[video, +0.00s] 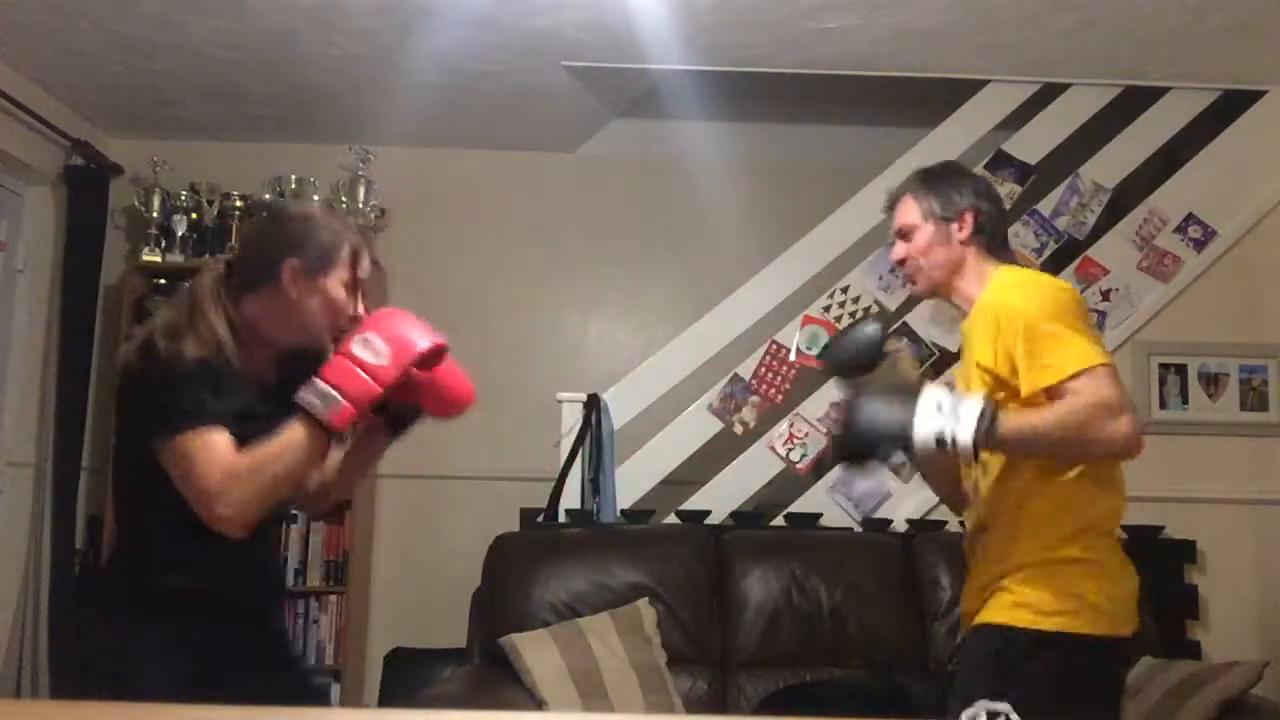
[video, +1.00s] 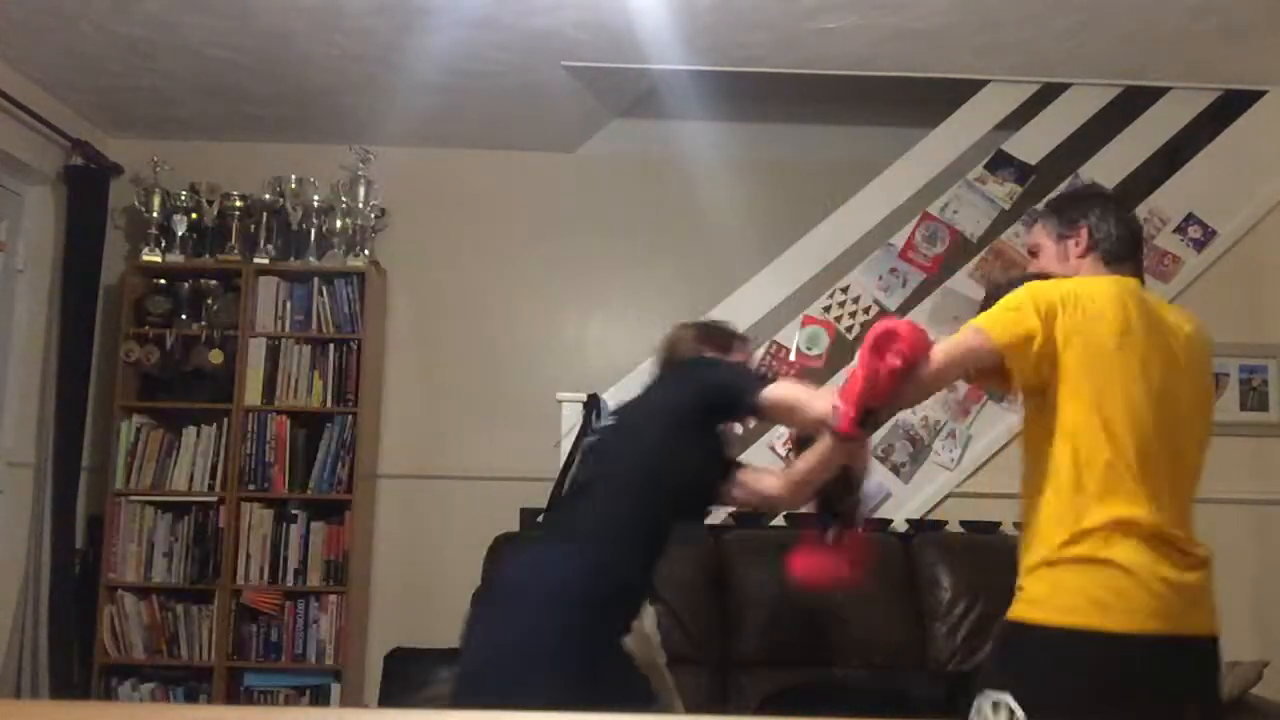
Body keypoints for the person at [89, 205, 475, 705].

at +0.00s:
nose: (357, 312)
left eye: (358, 291)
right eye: (347, 287)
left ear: (296, 282)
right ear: (293, 278)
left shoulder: (287, 366)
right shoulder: (170, 357)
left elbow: (318, 497)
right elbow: (227, 502)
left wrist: (387, 417)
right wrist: (341, 388)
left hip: (252, 639)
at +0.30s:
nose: (348, 307)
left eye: (354, 292)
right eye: (341, 288)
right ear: (286, 280)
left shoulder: (304, 372)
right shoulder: (170, 366)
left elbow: (315, 497)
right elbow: (207, 506)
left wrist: (387, 444)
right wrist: (306, 380)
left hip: (281, 648)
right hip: (178, 653)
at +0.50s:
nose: (441, 293)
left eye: (441, 274)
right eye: (429, 271)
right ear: (367, 265)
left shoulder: (402, 351)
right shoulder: (262, 350)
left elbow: (521, 404)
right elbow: (233, 487)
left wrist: (592, 358)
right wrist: (337, 376)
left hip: (384, 622)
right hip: (280, 624)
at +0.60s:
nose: (524, 302)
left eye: (521, 285)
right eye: (508, 281)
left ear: (464, 286)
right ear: (452, 282)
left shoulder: (500, 362)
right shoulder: (358, 354)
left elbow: (646, 359)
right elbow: (289, 460)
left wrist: (731, 315)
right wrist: (396, 369)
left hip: (441, 618)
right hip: (349, 616)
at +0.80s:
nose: (680, 372)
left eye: (684, 360)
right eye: (673, 353)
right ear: (632, 343)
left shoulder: (627, 454)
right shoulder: (588, 377)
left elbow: (716, 541)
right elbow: (704, 348)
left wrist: (727, 455)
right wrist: (800, 321)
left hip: (534, 662)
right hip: (454, 652)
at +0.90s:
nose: (713, 371)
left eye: (712, 361)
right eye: (706, 359)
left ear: (641, 349)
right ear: (675, 350)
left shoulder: (643, 451)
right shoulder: (649, 377)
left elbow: (747, 520)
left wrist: (741, 444)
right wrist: (837, 396)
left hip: (551, 636)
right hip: (512, 625)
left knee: (625, 708)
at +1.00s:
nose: (756, 373)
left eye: (752, 363)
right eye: (746, 362)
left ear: (679, 361)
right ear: (716, 357)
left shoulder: (673, 451)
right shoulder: (699, 381)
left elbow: (780, 488)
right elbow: (825, 409)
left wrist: (851, 428)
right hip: (561, 624)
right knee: (655, 705)